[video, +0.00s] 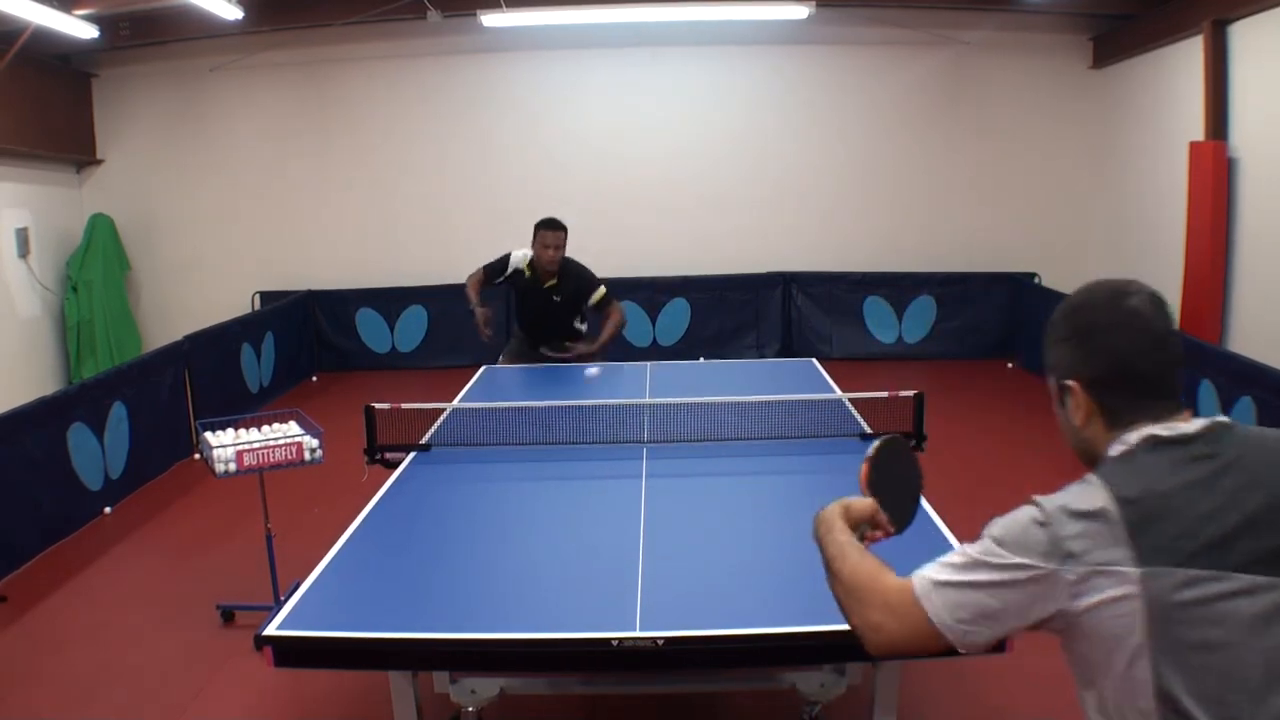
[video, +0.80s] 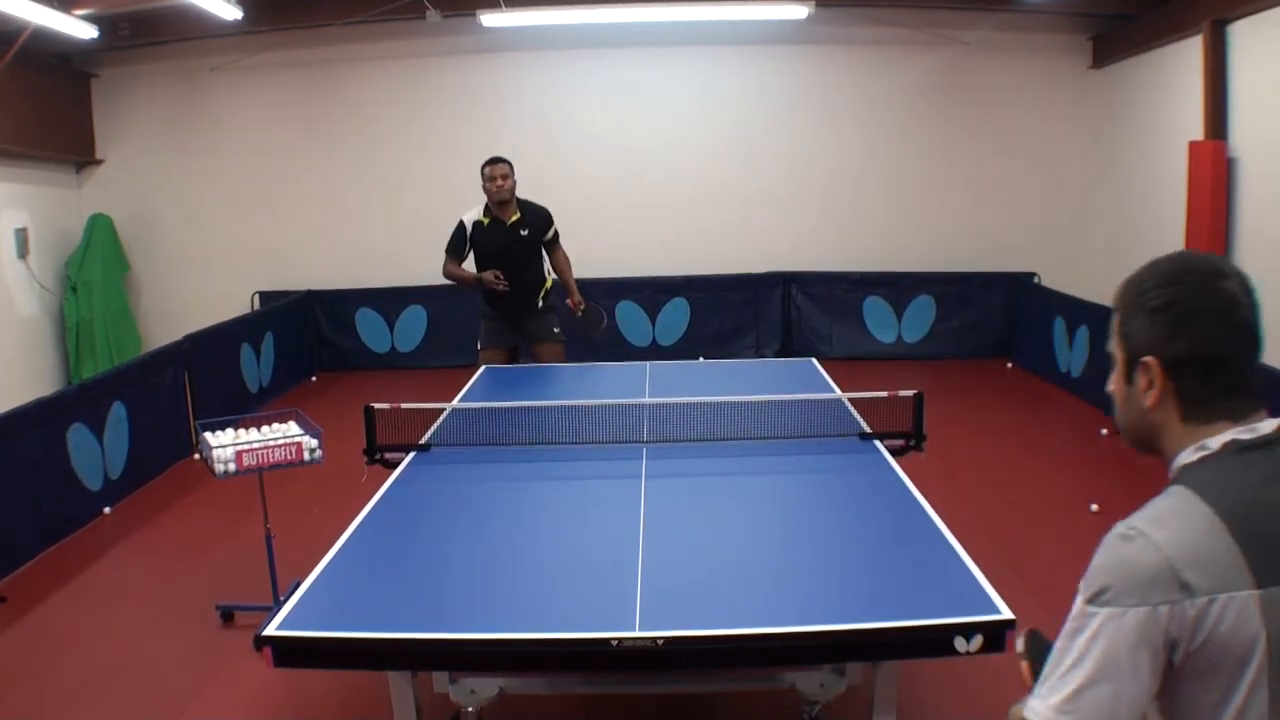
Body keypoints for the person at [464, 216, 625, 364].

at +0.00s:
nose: (552, 255)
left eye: (558, 248)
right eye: (546, 248)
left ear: (565, 248)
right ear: (533, 246)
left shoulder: (578, 275)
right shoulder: (517, 262)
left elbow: (616, 314)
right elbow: (473, 280)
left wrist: (595, 346)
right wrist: (477, 308)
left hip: (570, 350)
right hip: (526, 347)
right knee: (499, 385)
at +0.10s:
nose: (539, 261)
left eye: (545, 255)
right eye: (532, 254)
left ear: (555, 252)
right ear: (524, 251)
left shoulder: (570, 273)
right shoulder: (513, 262)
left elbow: (598, 312)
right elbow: (469, 283)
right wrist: (480, 296)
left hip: (572, 347)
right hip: (531, 342)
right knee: (498, 378)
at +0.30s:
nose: (528, 226)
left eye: (534, 219)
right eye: (522, 220)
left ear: (547, 218)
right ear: (516, 222)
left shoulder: (564, 240)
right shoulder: (513, 243)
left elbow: (591, 258)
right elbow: (480, 266)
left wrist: (609, 260)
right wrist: (479, 268)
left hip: (575, 317)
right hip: (537, 317)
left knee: (605, 371)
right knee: (505, 370)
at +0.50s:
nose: (518, 215)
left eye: (524, 209)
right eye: (512, 210)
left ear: (536, 210)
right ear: (505, 215)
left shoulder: (561, 240)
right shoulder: (499, 248)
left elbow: (601, 261)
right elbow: (475, 273)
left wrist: (630, 276)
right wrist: (454, 279)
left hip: (566, 327)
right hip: (522, 329)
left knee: (599, 380)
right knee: (494, 383)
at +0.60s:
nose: (508, 208)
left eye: (514, 202)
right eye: (501, 203)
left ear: (524, 205)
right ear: (493, 208)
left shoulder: (546, 237)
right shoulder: (483, 245)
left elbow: (578, 268)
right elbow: (462, 281)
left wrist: (608, 297)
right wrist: (452, 284)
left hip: (552, 325)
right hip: (509, 327)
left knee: (584, 381)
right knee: (488, 383)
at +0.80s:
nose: (499, 184)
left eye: (505, 177)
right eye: (492, 180)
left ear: (515, 182)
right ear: (483, 187)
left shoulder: (538, 216)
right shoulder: (471, 223)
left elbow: (556, 252)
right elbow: (449, 269)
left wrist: (573, 292)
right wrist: (479, 278)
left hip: (538, 309)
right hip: (496, 313)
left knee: (558, 378)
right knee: (489, 383)